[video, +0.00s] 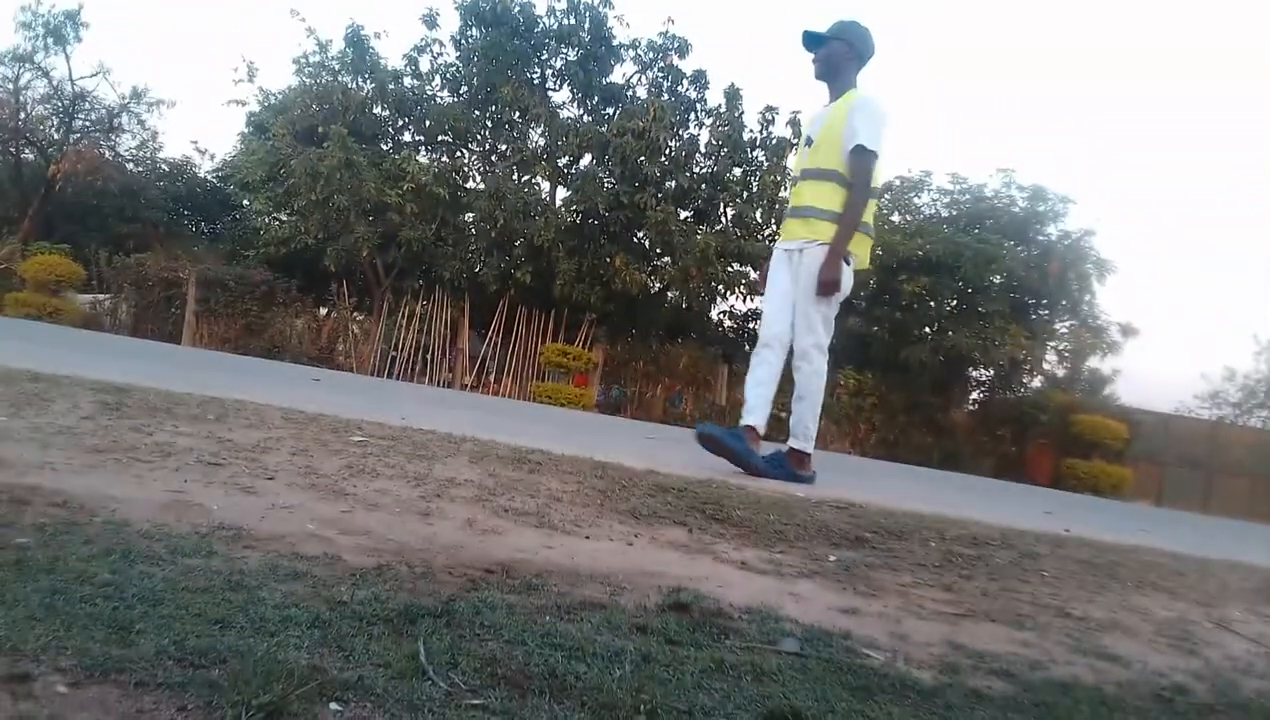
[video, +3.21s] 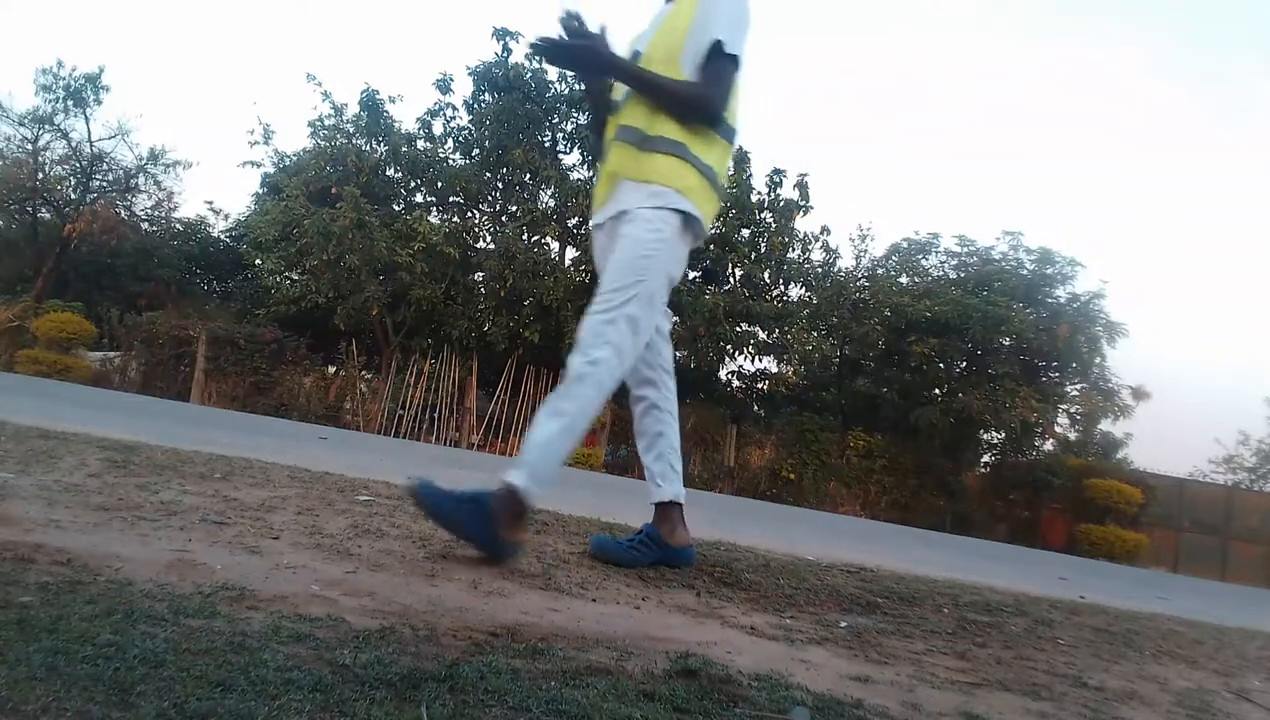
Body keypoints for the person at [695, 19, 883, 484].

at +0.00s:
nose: (816, 53)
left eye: (827, 46)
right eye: (819, 46)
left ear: (852, 55)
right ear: (832, 57)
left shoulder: (863, 108)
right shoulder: (819, 119)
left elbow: (860, 184)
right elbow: (803, 194)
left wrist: (836, 254)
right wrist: (777, 251)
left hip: (827, 248)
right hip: (789, 245)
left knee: (810, 348)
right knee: (771, 337)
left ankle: (799, 456)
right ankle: (749, 435)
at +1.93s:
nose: (790, 25)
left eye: (802, 15)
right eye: (790, 18)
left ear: (835, 23)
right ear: (812, 28)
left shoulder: (864, 92)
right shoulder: (781, 104)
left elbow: (851, 187)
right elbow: (763, 192)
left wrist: (772, 182)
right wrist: (743, 187)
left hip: (812, 258)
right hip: (755, 255)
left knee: (792, 384)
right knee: (730, 370)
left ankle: (760, 518)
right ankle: (765, 485)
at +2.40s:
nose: (779, 1)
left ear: (826, 4)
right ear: (788, 11)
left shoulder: (848, 66)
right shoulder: (762, 81)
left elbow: (834, 168)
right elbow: (740, 180)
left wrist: (743, 146)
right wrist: (717, 145)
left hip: (796, 247)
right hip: (735, 245)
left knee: (783, 384)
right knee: (707, 363)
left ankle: (759, 521)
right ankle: (668, 495)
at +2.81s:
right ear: (730, 5)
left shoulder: (795, 43)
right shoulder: (709, 65)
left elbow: (785, 140)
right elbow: (673, 169)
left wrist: (686, 107)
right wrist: (680, 105)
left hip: (736, 222)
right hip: (674, 224)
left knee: (703, 355)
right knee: (674, 377)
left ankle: (754, 485)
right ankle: (669, 528)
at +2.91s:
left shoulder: (780, 32)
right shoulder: (692, 59)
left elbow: (774, 131)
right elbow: (665, 162)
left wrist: (675, 90)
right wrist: (655, 98)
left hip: (721, 205)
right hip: (663, 211)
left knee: (662, 328)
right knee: (667, 360)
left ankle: (732, 471)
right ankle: (669, 525)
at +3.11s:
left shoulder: (743, 10)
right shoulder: (664, 48)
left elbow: (737, 112)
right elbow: (631, 148)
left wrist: (640, 69)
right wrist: (610, 85)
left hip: (684, 194)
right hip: (636, 202)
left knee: (616, 323)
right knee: (658, 353)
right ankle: (671, 527)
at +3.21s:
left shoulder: (719, 6)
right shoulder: (645, 42)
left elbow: (705, 103)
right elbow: (613, 147)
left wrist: (607, 64)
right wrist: (598, 84)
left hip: (664, 201)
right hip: (617, 205)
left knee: (602, 344)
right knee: (650, 367)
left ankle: (510, 505)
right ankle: (671, 524)